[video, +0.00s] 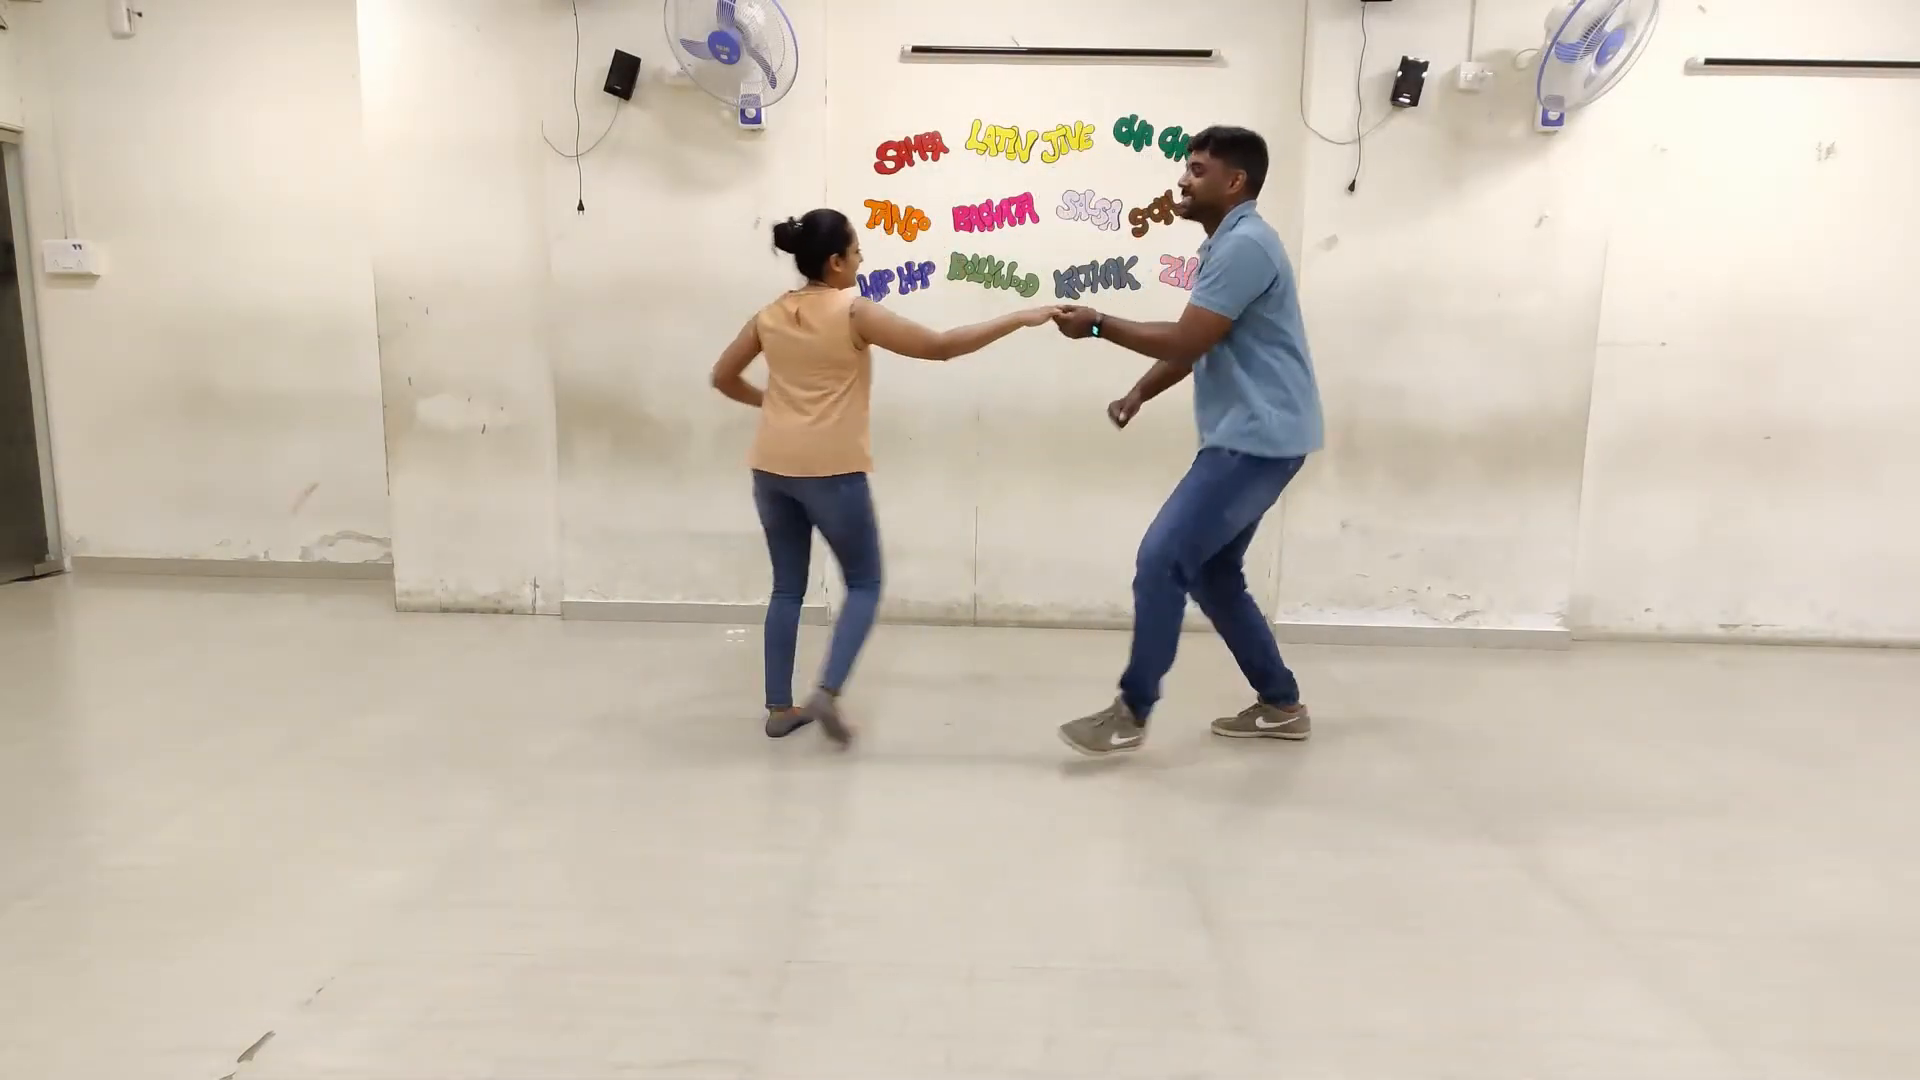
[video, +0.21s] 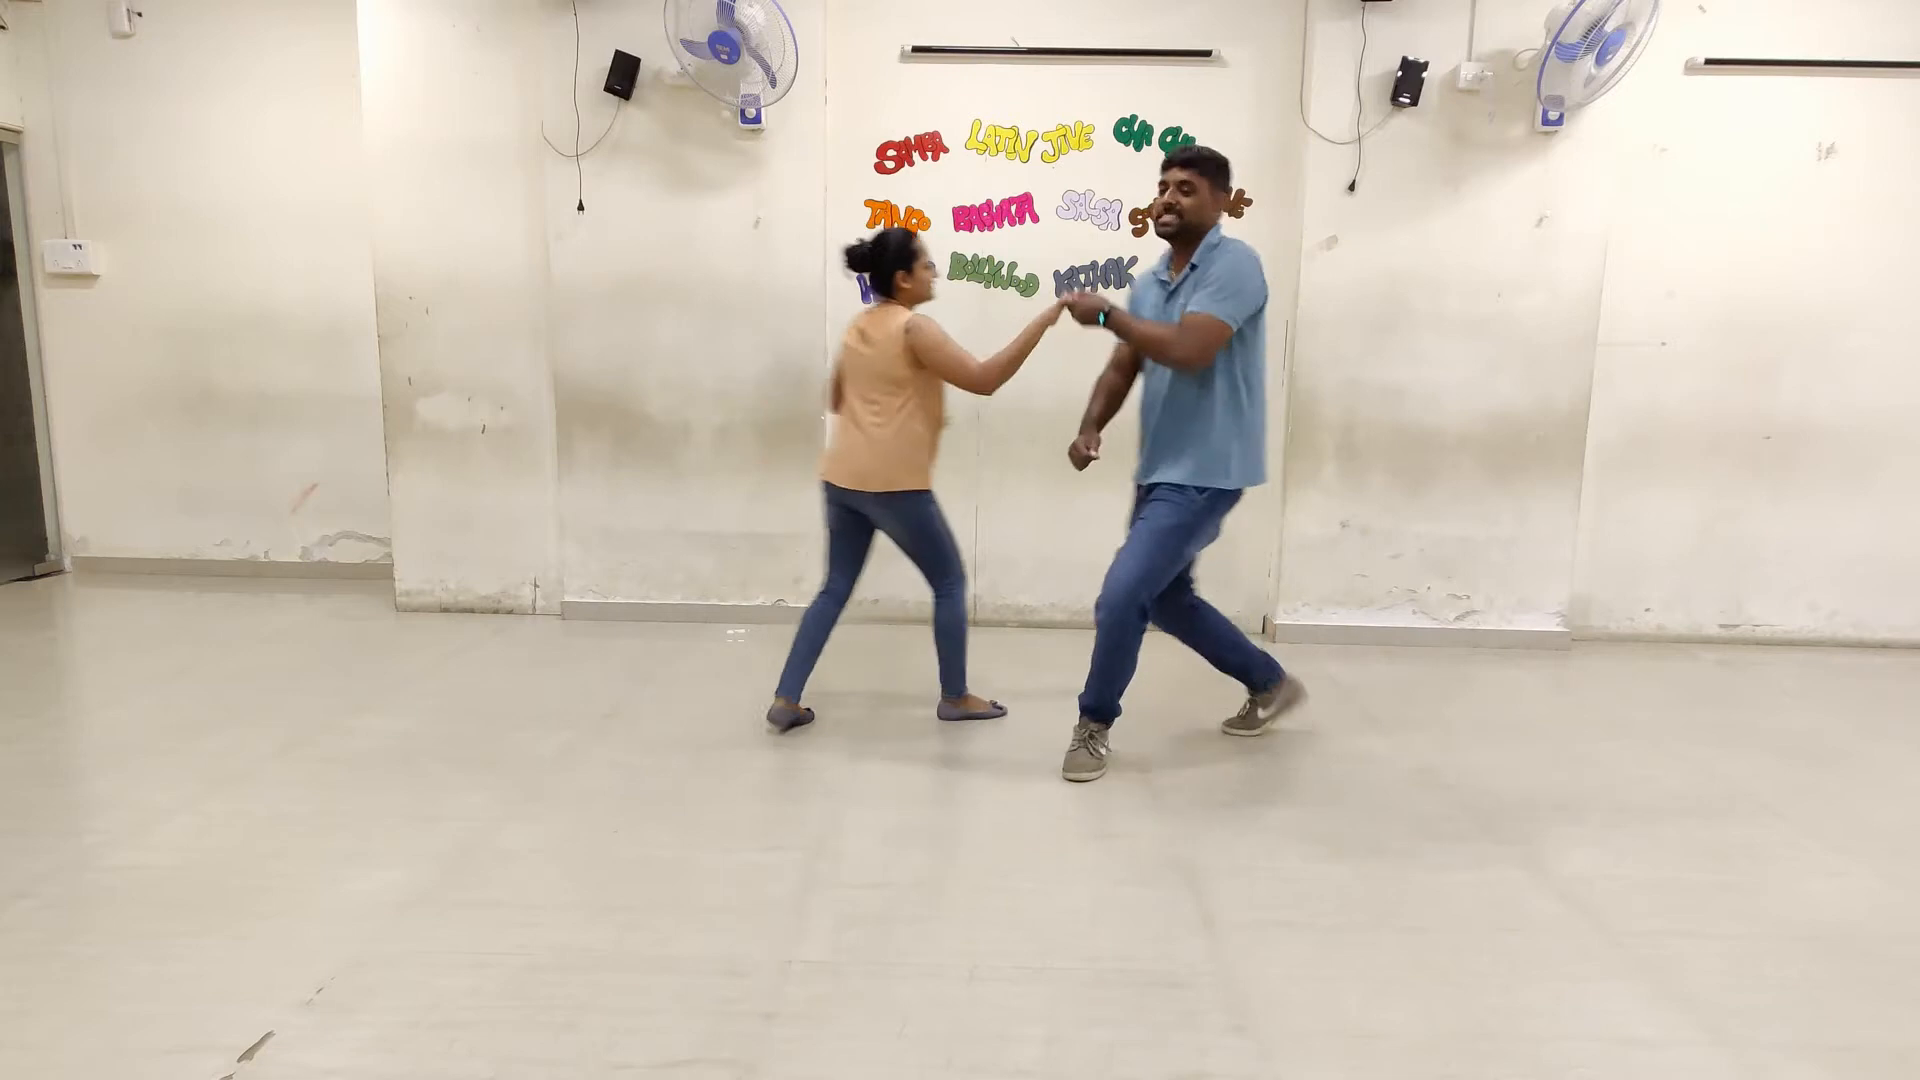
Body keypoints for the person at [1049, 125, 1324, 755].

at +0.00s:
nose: (1184, 179)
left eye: (1199, 169)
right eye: (1188, 168)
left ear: (1239, 182)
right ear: (1226, 183)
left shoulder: (1245, 243)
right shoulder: (1225, 245)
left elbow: (1187, 340)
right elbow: (1199, 346)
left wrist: (1096, 323)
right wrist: (1139, 393)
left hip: (1259, 435)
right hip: (1248, 433)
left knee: (1162, 557)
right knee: (1213, 575)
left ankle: (1132, 712)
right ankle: (1281, 703)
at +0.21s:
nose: (1168, 197)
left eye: (1185, 189)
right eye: (1163, 187)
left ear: (1221, 203)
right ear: (1156, 200)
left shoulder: (1235, 264)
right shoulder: (1148, 282)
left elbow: (1192, 349)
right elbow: (1122, 366)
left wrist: (1110, 314)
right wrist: (1091, 425)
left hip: (1208, 470)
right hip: (1157, 469)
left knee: (1121, 595)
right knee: (1165, 601)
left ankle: (1093, 725)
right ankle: (1271, 682)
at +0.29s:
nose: (1169, 190)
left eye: (1185, 181)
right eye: (1160, 179)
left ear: (1207, 194)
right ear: (1146, 190)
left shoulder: (1225, 249)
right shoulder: (1121, 273)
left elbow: (1184, 327)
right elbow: (1099, 363)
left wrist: (1100, 287)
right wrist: (1080, 426)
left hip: (1190, 463)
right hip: (1131, 462)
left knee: (1112, 602)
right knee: (1120, 601)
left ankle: (1093, 724)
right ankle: (1233, 661)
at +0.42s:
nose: (1153, 170)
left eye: (1166, 161)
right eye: (1140, 160)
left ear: (1180, 173)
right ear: (1116, 171)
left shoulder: (1201, 221)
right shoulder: (1085, 251)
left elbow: (1166, 276)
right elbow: (1065, 350)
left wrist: (1084, 241)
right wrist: (1079, 423)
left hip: (1164, 447)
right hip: (1089, 447)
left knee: (1119, 598)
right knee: (1057, 595)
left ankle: (1095, 718)